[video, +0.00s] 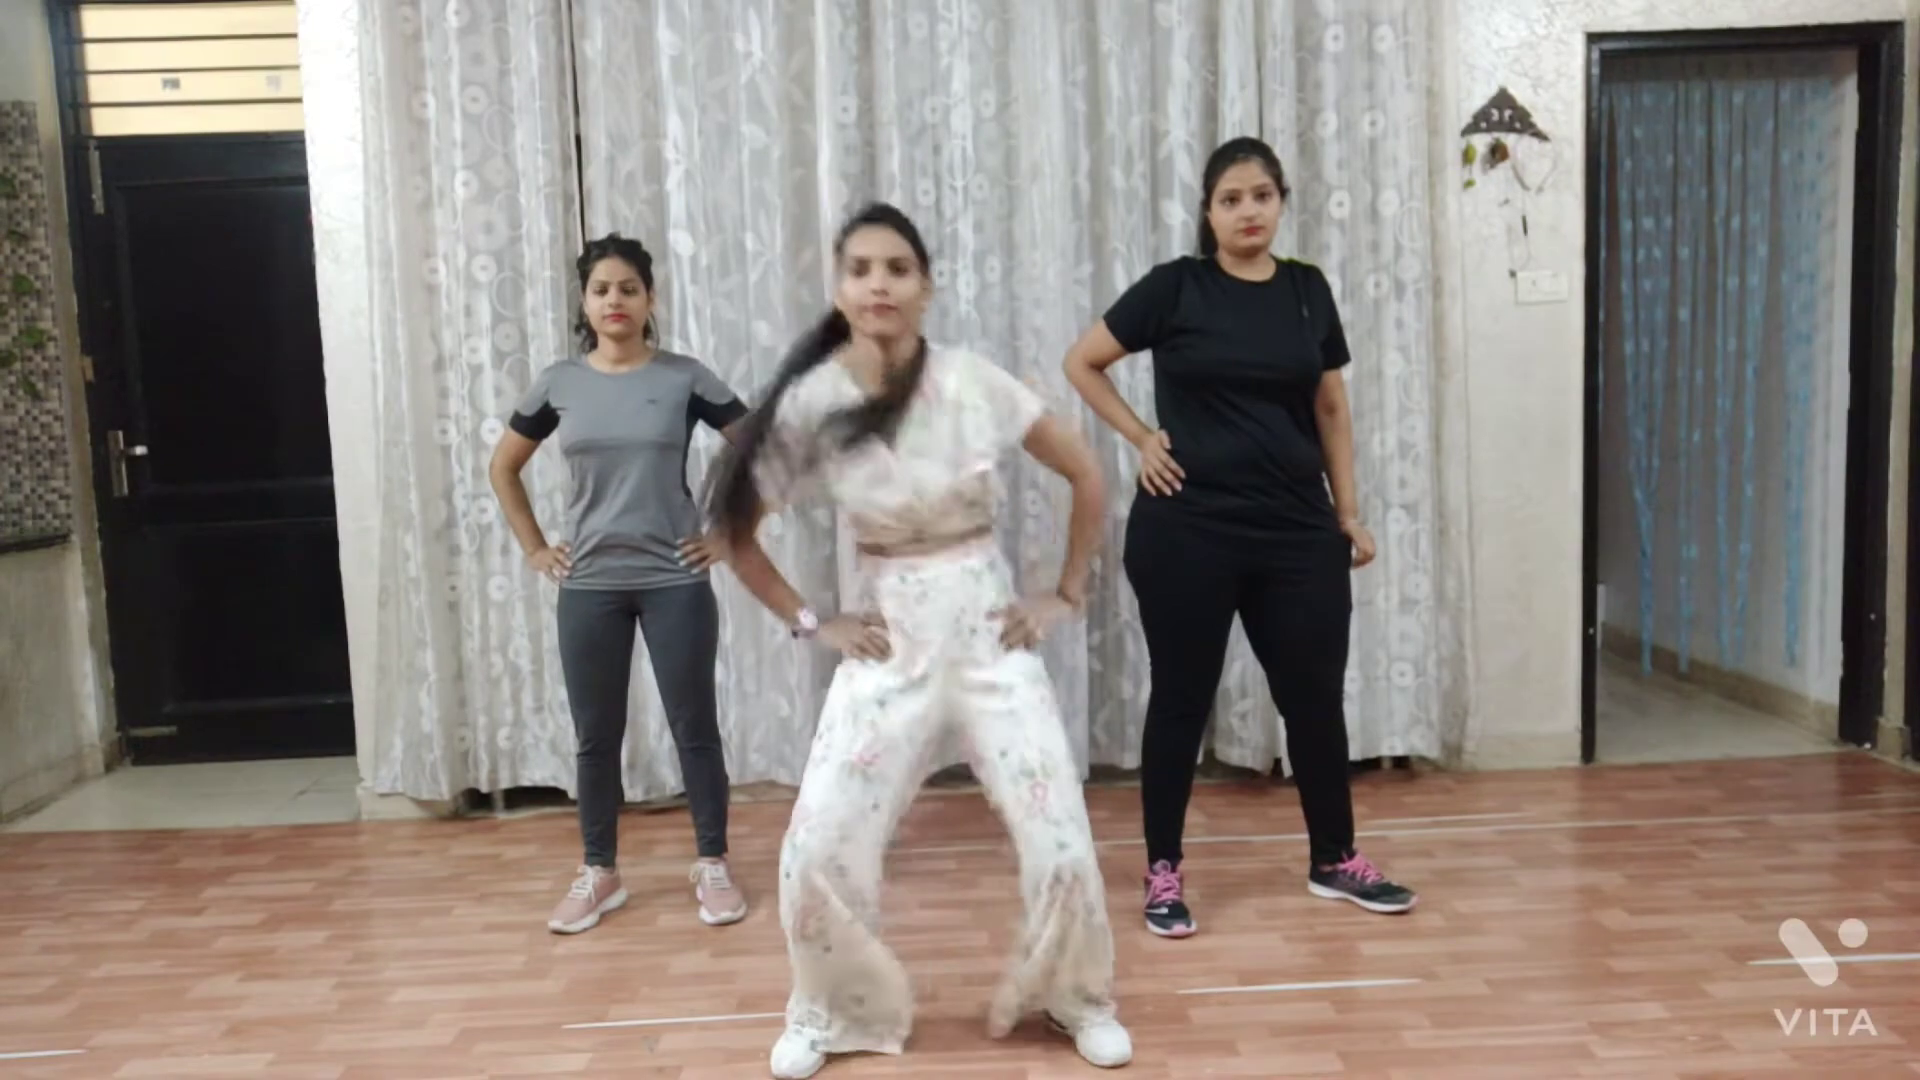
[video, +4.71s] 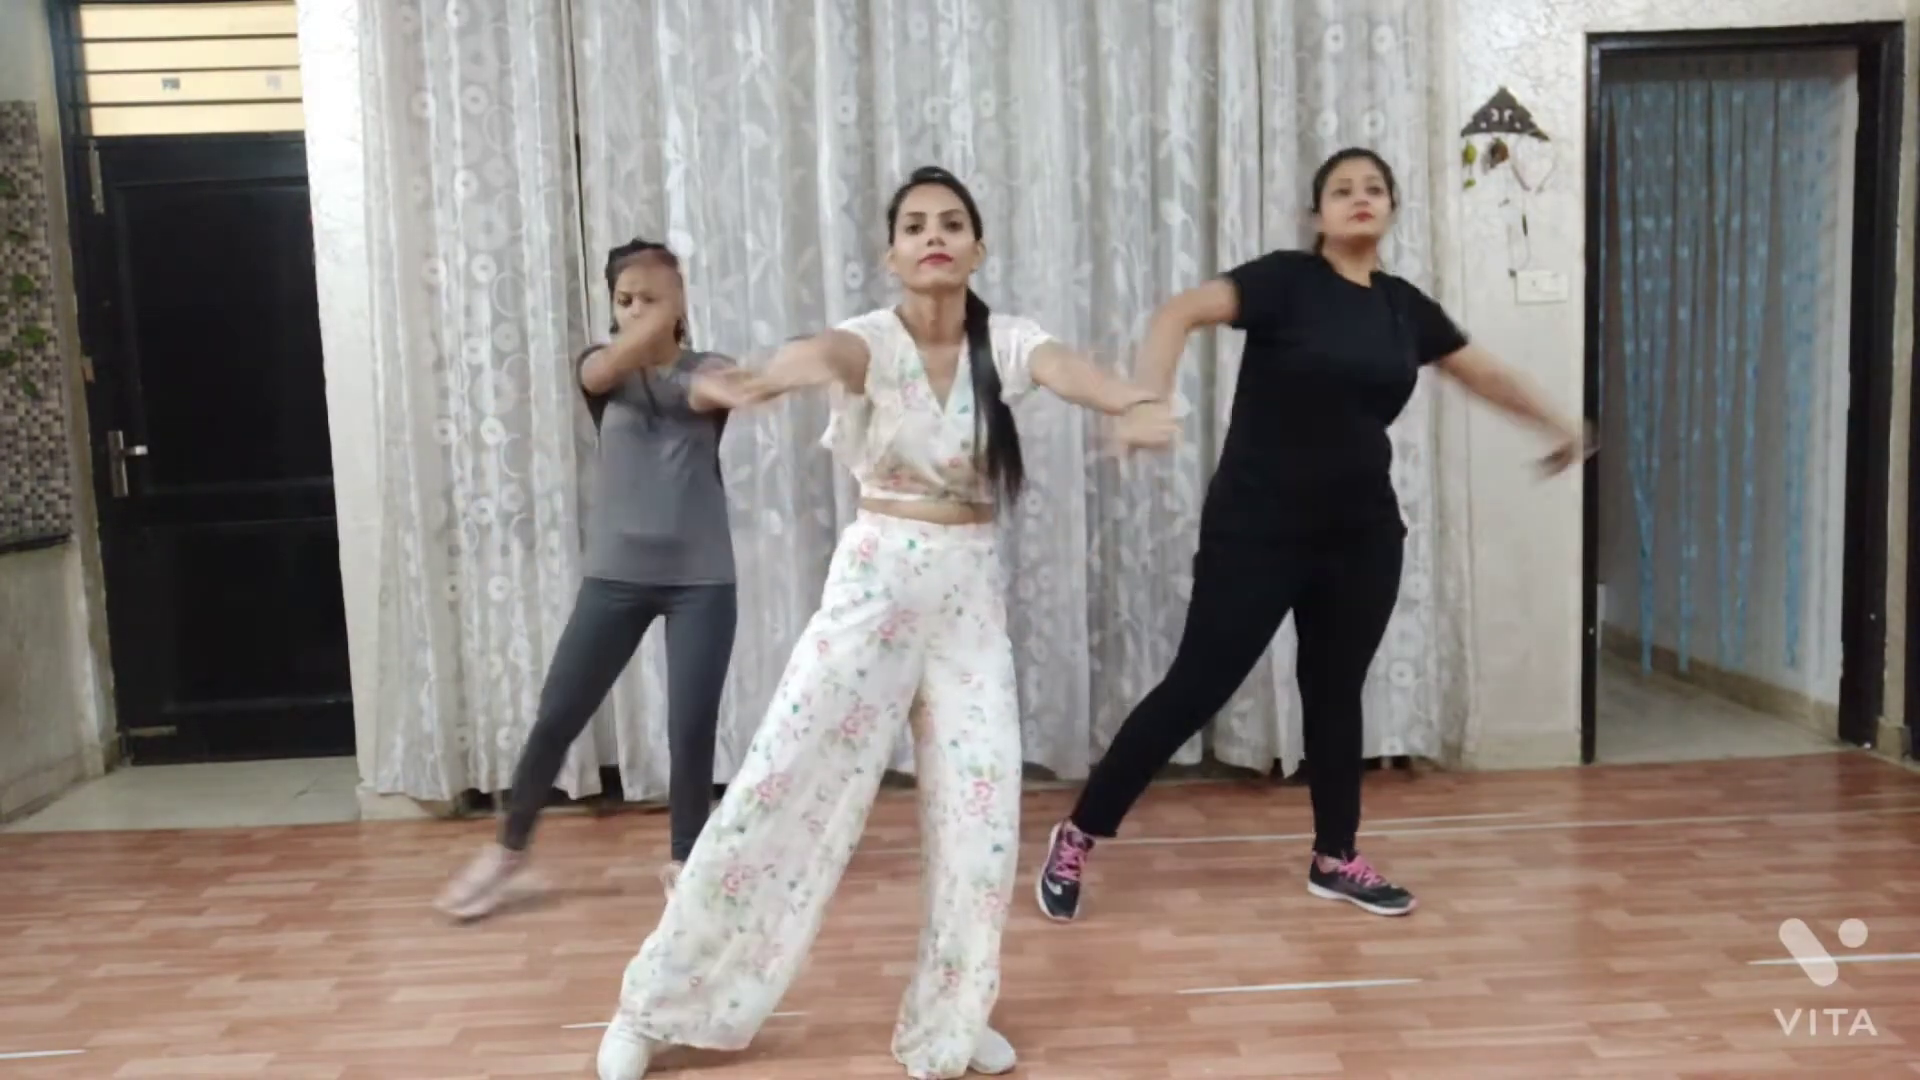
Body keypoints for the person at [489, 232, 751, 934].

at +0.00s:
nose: (615, 301)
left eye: (628, 289)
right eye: (602, 290)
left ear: (649, 300)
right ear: (584, 303)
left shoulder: (686, 379)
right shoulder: (559, 383)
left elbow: (763, 451)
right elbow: (503, 466)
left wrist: (728, 533)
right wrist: (537, 548)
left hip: (675, 575)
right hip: (589, 580)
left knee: (694, 725)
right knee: (595, 736)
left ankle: (712, 865)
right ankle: (599, 872)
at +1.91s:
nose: (616, 302)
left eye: (629, 290)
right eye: (603, 291)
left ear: (650, 302)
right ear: (584, 303)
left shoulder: (688, 381)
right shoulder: (558, 385)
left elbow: (763, 455)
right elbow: (503, 468)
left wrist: (734, 535)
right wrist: (538, 550)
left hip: (675, 575)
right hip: (589, 580)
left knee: (694, 726)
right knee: (595, 737)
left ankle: (712, 866)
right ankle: (599, 872)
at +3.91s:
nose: (612, 301)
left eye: (625, 289)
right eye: (598, 290)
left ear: (646, 300)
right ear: (580, 302)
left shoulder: (682, 378)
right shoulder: (555, 386)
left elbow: (763, 450)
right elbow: (499, 469)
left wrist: (737, 537)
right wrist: (535, 549)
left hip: (674, 579)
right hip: (588, 585)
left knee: (694, 730)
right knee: (595, 738)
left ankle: (714, 867)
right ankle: (599, 872)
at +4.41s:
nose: (621, 303)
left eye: (634, 290)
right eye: (608, 292)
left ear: (658, 297)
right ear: (591, 303)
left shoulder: (694, 379)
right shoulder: (569, 375)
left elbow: (752, 460)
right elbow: (473, 441)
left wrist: (806, 518)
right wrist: (473, 529)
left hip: (674, 574)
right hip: (589, 582)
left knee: (680, 732)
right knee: (595, 738)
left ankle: (687, 873)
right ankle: (599, 873)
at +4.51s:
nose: (629, 307)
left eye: (642, 293)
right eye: (616, 295)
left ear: (667, 299)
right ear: (601, 305)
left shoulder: (701, 377)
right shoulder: (583, 372)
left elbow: (757, 443)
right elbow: (521, 414)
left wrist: (826, 497)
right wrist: (470, 445)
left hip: (680, 578)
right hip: (596, 580)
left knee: (683, 733)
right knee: (587, 736)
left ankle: (687, 871)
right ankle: (597, 872)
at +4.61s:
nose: (632, 309)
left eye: (646, 295)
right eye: (620, 298)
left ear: (675, 302)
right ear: (606, 309)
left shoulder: (707, 379)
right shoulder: (600, 372)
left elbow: (750, 421)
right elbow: (565, 384)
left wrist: (807, 455)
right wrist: (524, 370)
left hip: (688, 580)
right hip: (605, 581)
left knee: (688, 726)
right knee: (567, 721)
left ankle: (685, 869)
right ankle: (579, 864)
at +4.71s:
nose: (640, 313)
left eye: (653, 299)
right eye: (627, 301)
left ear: (683, 303)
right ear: (610, 309)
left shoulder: (709, 371)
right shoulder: (598, 366)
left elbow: (729, 389)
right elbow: (600, 375)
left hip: (701, 579)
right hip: (616, 577)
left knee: (691, 736)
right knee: (556, 716)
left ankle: (687, 874)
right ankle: (509, 851)